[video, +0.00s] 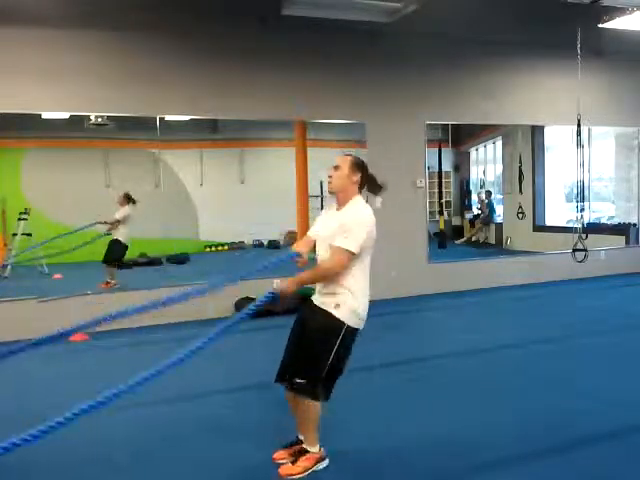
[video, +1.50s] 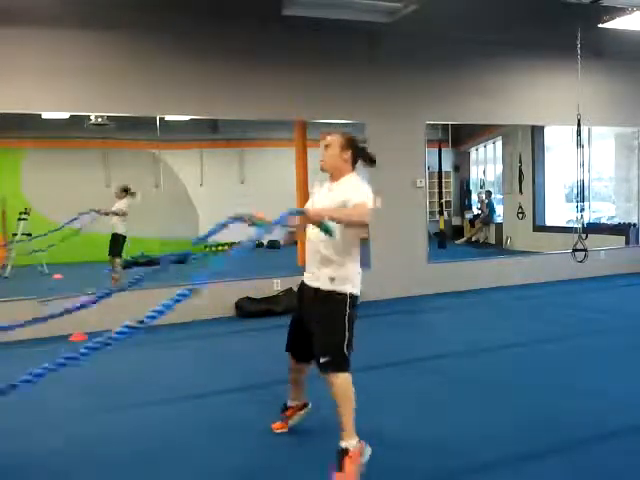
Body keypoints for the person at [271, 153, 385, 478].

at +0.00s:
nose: (329, 174)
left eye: (337, 169)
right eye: (331, 169)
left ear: (355, 178)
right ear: (347, 179)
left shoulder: (361, 216)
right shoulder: (331, 212)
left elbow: (336, 265)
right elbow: (307, 241)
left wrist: (294, 282)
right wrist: (300, 249)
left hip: (343, 309)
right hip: (320, 302)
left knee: (308, 382)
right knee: (292, 377)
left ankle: (313, 451)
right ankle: (305, 441)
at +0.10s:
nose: (335, 155)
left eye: (342, 150)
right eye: (336, 150)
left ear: (360, 159)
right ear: (345, 158)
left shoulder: (368, 196)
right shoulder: (329, 193)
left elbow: (363, 240)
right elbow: (301, 217)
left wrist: (321, 257)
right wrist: (277, 228)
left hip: (343, 297)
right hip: (317, 290)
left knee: (324, 374)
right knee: (302, 366)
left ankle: (316, 443)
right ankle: (300, 430)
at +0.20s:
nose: (333, 146)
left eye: (340, 141)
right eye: (333, 141)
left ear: (359, 149)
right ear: (339, 149)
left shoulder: (369, 177)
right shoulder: (328, 179)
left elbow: (377, 209)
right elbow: (294, 194)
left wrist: (332, 220)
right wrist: (255, 196)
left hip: (348, 284)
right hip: (318, 277)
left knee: (339, 363)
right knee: (302, 347)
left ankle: (338, 443)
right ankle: (295, 412)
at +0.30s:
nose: (319, 157)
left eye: (325, 151)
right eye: (320, 151)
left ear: (345, 157)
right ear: (328, 158)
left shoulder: (362, 188)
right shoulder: (321, 187)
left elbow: (377, 219)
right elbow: (298, 209)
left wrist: (367, 224)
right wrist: (265, 216)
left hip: (351, 295)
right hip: (319, 289)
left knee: (355, 377)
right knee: (296, 351)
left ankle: (367, 458)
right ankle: (283, 407)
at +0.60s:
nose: (311, 155)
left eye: (317, 150)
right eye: (312, 149)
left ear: (338, 156)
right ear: (325, 156)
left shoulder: (353, 186)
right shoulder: (316, 190)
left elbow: (359, 213)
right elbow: (288, 211)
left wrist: (322, 221)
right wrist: (248, 211)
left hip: (339, 290)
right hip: (309, 287)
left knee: (335, 370)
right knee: (291, 355)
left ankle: (350, 447)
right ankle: (288, 409)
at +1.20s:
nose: (314, 156)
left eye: (320, 151)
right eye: (315, 151)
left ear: (340, 156)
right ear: (329, 156)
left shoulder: (356, 186)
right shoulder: (320, 185)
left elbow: (375, 207)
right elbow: (308, 208)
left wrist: (373, 211)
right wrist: (278, 210)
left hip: (344, 293)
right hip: (315, 287)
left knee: (346, 372)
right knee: (299, 352)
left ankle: (360, 455)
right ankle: (291, 406)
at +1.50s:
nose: (321, 155)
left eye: (327, 148)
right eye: (322, 149)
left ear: (347, 154)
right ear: (332, 156)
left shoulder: (357, 188)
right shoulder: (321, 189)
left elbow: (365, 216)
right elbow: (307, 226)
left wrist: (322, 215)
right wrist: (273, 222)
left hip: (339, 289)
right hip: (311, 284)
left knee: (335, 367)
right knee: (298, 355)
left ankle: (350, 443)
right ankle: (296, 403)